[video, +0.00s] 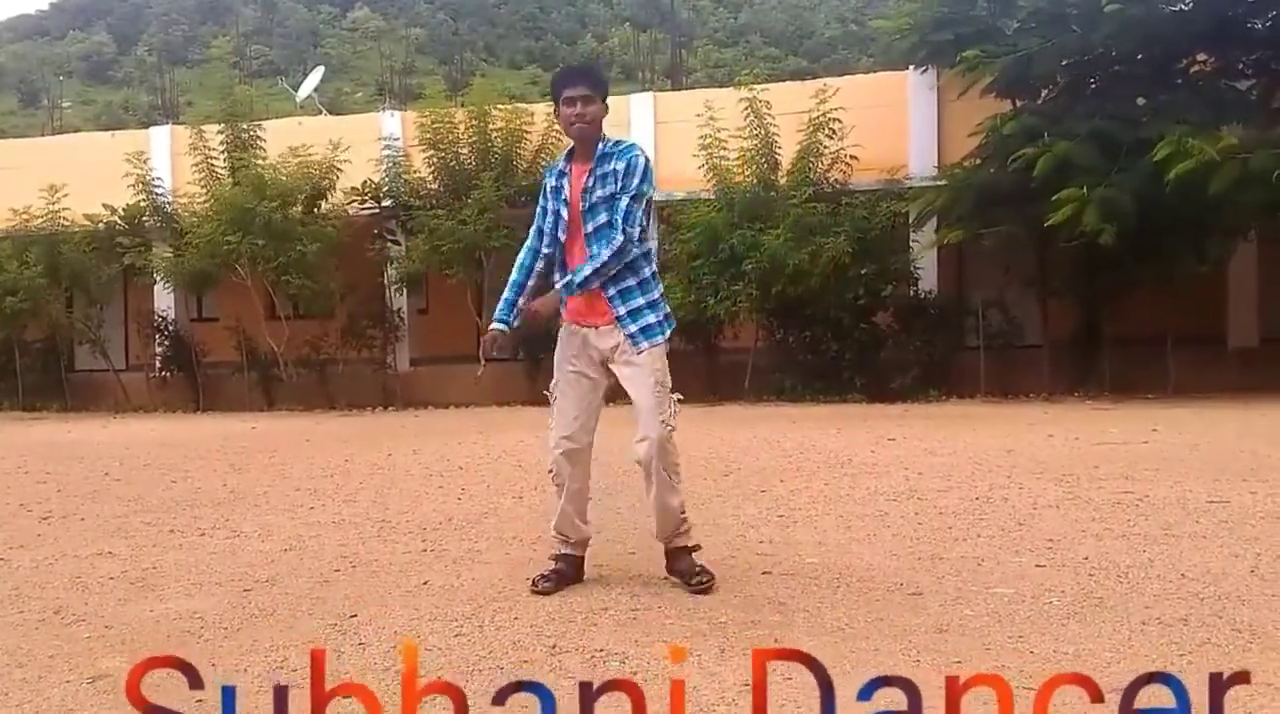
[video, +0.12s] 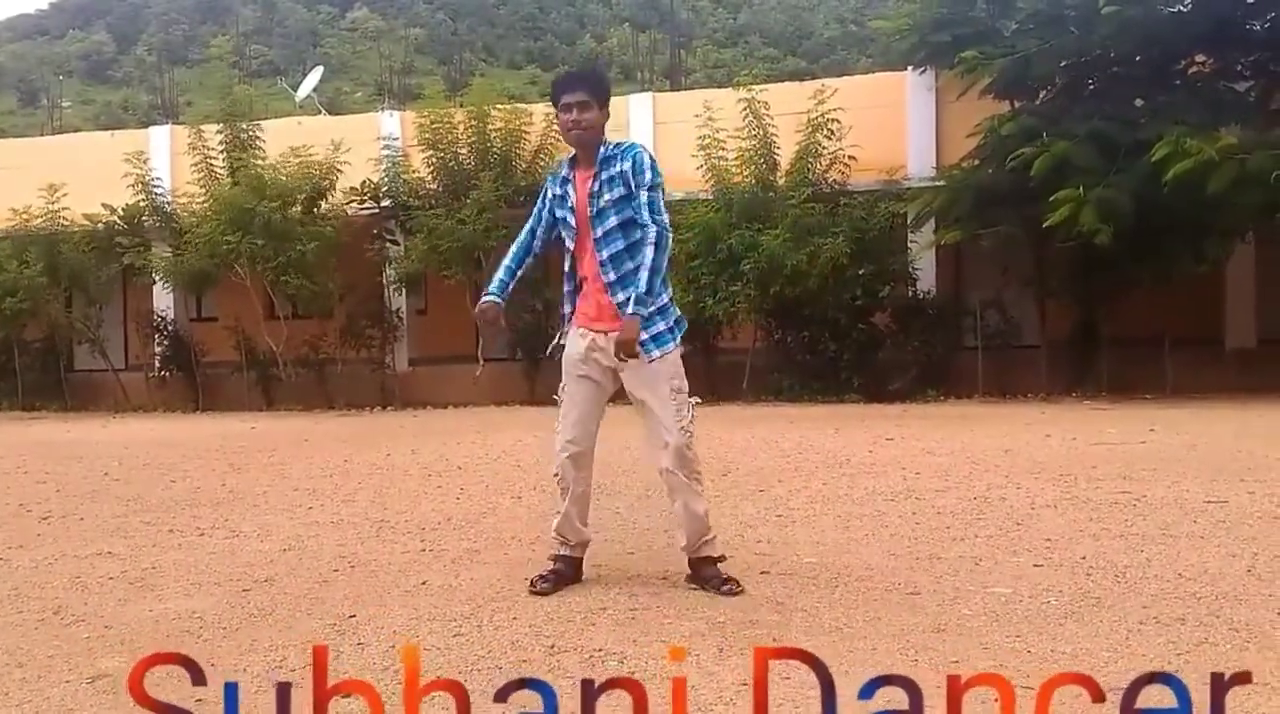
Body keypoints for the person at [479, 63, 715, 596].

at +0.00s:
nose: (578, 112)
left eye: (587, 102)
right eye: (569, 104)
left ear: (604, 108)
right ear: (557, 113)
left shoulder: (630, 158)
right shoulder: (555, 176)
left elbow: (626, 238)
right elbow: (536, 248)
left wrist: (564, 289)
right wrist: (502, 318)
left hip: (636, 320)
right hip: (578, 324)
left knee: (657, 438)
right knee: (566, 445)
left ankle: (678, 551)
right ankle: (570, 555)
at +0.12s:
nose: (577, 118)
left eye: (586, 107)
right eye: (567, 111)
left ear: (605, 111)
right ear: (557, 119)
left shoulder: (633, 159)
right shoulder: (559, 181)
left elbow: (659, 233)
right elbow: (531, 239)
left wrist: (637, 311)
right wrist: (496, 292)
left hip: (649, 331)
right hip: (586, 335)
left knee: (677, 446)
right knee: (571, 449)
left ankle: (702, 558)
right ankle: (569, 556)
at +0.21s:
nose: (571, 123)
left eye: (582, 113)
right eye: (563, 114)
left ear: (605, 116)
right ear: (555, 122)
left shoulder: (633, 157)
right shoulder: (560, 181)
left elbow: (677, 208)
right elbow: (527, 233)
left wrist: (690, 279)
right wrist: (479, 273)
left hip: (659, 325)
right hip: (598, 332)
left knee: (689, 439)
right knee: (576, 447)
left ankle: (705, 556)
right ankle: (567, 556)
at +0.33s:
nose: (593, 136)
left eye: (603, 124)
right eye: (584, 127)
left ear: (632, 124)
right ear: (579, 133)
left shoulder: (657, 163)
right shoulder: (576, 186)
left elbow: (666, 206)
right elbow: (571, 260)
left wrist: (593, 240)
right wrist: (574, 316)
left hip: (671, 335)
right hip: (607, 340)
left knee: (701, 442)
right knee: (564, 438)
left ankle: (731, 555)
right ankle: (572, 551)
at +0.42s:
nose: (607, 163)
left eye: (618, 152)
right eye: (601, 156)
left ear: (649, 160)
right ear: (597, 167)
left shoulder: (668, 200)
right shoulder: (596, 215)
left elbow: (615, 240)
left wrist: (545, 207)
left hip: (680, 358)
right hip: (620, 358)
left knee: (703, 462)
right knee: (559, 456)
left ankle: (733, 564)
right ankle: (576, 556)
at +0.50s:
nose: (587, 168)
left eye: (597, 158)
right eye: (583, 161)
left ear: (630, 165)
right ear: (585, 170)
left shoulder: (657, 197)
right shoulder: (588, 211)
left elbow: (613, 220)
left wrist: (561, 188)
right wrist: (556, 193)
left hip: (685, 358)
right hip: (623, 357)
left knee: (716, 466)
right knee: (550, 449)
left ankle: (731, 564)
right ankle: (572, 542)